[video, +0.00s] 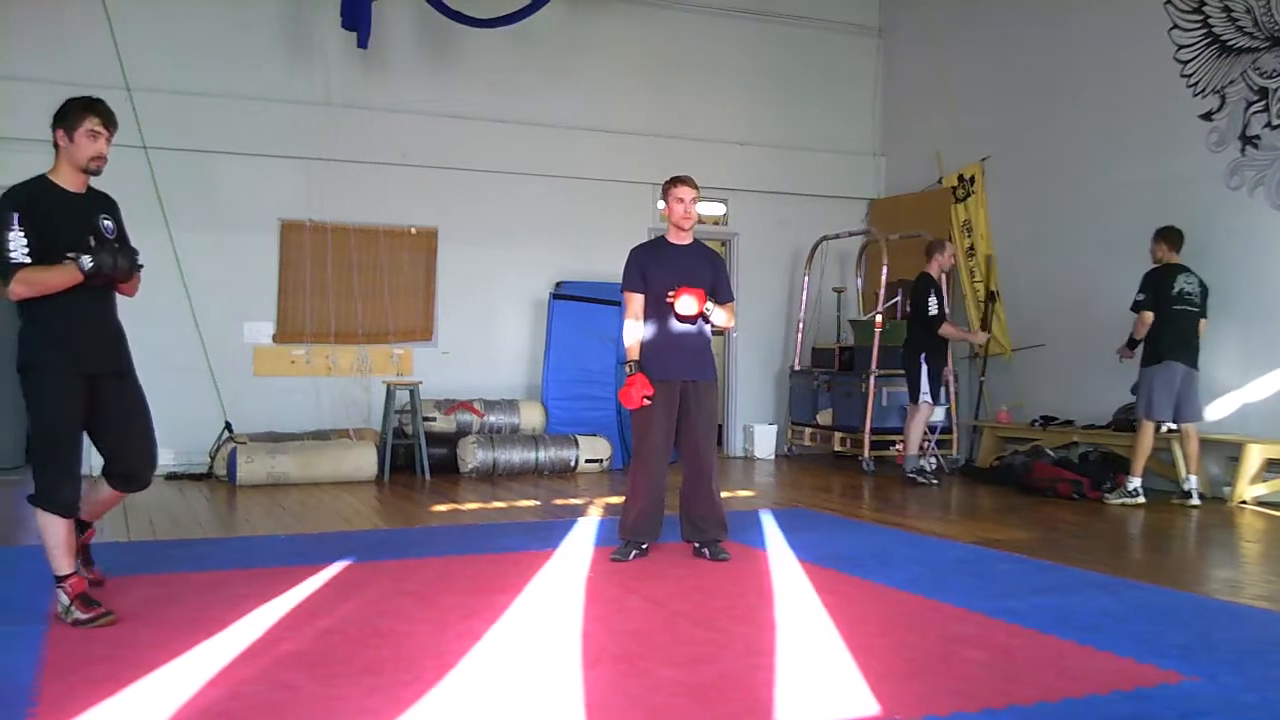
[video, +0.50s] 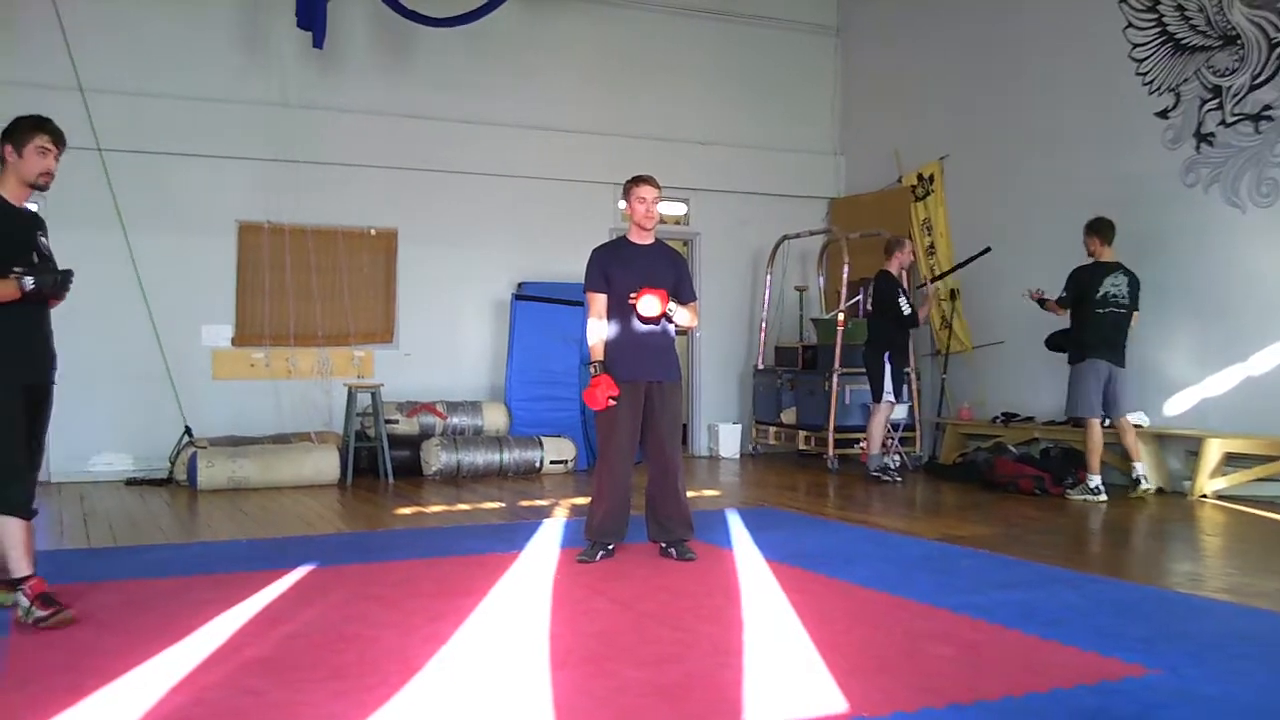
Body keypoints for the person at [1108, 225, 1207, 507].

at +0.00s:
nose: (1151, 250)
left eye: (1153, 245)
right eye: (1152, 245)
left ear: (1163, 247)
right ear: (1178, 248)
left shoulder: (1154, 276)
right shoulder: (1199, 281)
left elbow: (1145, 319)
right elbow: (1200, 326)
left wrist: (1130, 346)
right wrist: (1184, 348)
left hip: (1160, 357)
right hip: (1189, 359)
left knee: (1147, 421)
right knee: (1188, 425)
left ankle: (1133, 486)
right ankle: (1191, 488)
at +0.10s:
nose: (1127, 249)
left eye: (1129, 244)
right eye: (1128, 244)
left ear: (1140, 245)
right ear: (1153, 247)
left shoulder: (1130, 276)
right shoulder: (1174, 282)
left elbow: (1118, 320)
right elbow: (1175, 327)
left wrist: (1101, 337)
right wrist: (1159, 348)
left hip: (1133, 357)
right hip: (1162, 360)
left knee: (1123, 422)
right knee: (1163, 424)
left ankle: (1113, 486)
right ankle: (1170, 486)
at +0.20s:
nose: (1109, 248)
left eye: (1111, 243)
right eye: (1110, 243)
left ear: (1121, 244)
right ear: (1135, 245)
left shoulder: (1110, 276)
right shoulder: (1155, 281)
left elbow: (1094, 320)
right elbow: (1155, 326)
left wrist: (1073, 328)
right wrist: (1139, 348)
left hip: (1113, 357)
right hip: (1140, 360)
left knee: (1106, 422)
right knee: (1144, 423)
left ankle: (1099, 486)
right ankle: (1156, 486)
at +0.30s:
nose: (1086, 247)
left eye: (1088, 242)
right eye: (1086, 242)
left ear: (1098, 243)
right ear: (1111, 243)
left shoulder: (1086, 274)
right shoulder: (1132, 279)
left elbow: (1062, 315)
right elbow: (1131, 322)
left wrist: (1043, 315)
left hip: (1090, 355)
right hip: (1117, 359)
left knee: (1087, 420)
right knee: (1122, 418)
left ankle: (1083, 484)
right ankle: (1138, 481)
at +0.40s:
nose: (1081, 245)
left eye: (1083, 240)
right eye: (1081, 239)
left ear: (1094, 240)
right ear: (1107, 241)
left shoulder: (1081, 273)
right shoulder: (1128, 277)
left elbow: (1058, 309)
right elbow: (1128, 320)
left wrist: (1039, 302)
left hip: (1086, 354)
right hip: (1113, 356)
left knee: (1088, 419)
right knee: (1120, 416)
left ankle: (1087, 483)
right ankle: (1141, 476)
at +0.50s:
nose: (1084, 246)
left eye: (1086, 241)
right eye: (1085, 241)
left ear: (1095, 241)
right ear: (1110, 241)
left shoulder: (1083, 274)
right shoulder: (1130, 277)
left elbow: (1059, 309)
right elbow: (1131, 319)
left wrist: (1040, 299)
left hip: (1089, 354)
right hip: (1116, 356)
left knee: (1093, 420)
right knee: (1121, 417)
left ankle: (1094, 484)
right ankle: (1141, 477)